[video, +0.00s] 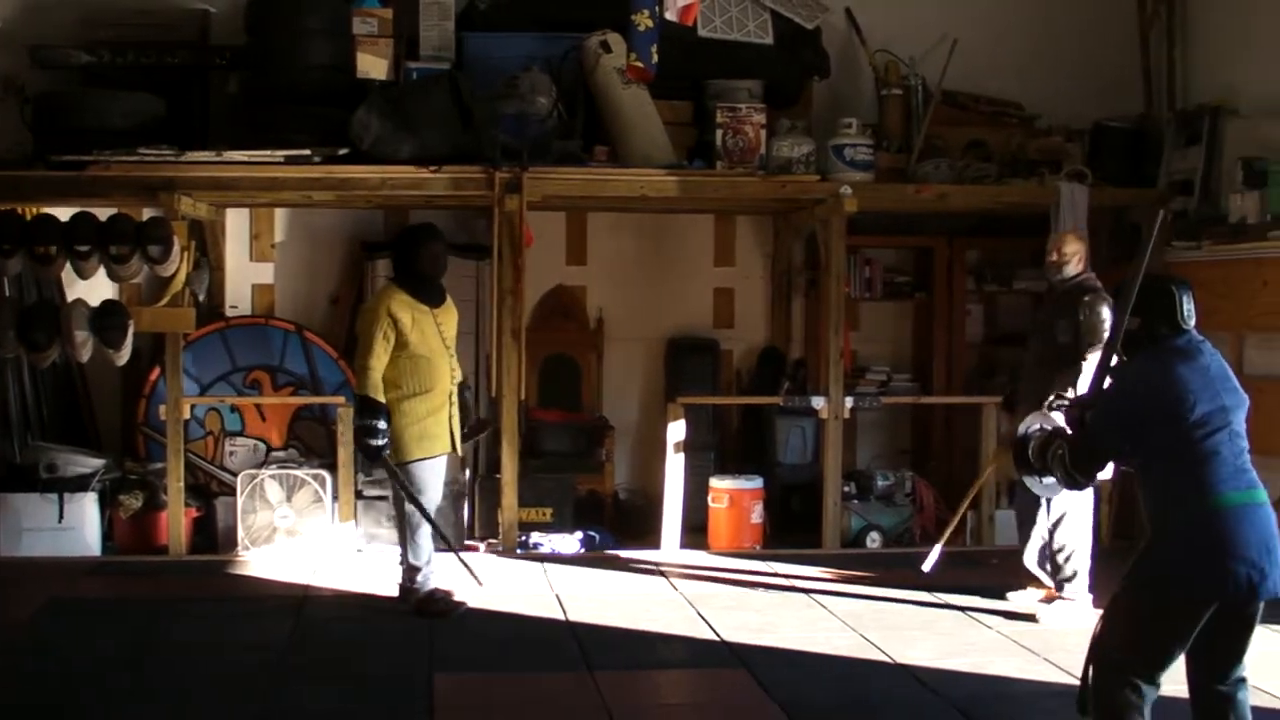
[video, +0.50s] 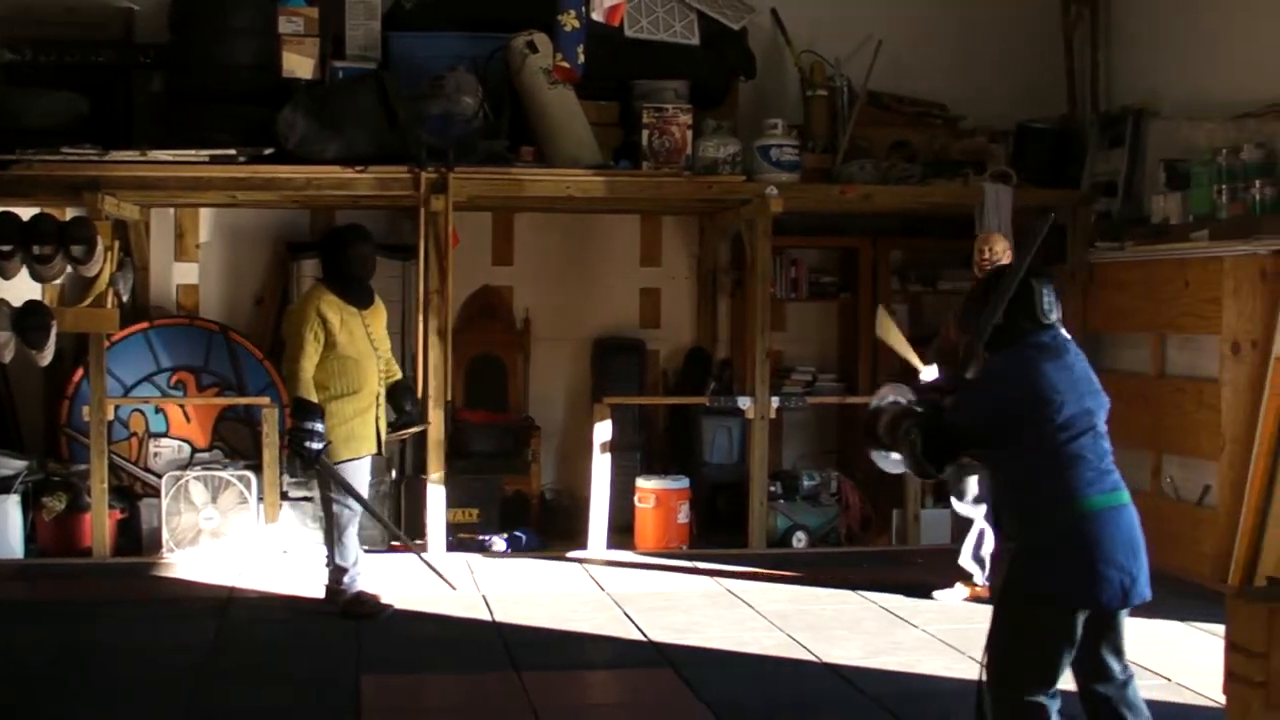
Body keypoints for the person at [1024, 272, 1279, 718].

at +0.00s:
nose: (1118, 327)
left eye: (1124, 316)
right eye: (1119, 316)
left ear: (1138, 320)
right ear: (1184, 317)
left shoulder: (1138, 376)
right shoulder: (1216, 365)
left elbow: (1079, 466)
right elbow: (1163, 438)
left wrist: (1043, 439)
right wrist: (1094, 410)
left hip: (1192, 544)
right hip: (1258, 540)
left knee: (1121, 671)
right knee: (1220, 676)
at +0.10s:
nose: (1102, 325)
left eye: (1106, 315)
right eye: (1103, 315)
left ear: (1117, 319)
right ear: (1166, 314)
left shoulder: (1123, 376)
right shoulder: (1196, 365)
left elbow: (1057, 461)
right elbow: (1147, 436)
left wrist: (1022, 429)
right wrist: (1080, 409)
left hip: (1172, 547)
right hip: (1235, 543)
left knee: (1106, 674)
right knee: (1202, 678)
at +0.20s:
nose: (1075, 320)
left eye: (1082, 310)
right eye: (1078, 310)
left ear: (1094, 317)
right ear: (1142, 315)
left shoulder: (1085, 378)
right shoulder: (1169, 365)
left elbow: (1029, 463)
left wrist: (1005, 421)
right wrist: (1051, 399)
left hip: (1146, 552)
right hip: (1208, 544)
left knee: (1088, 684)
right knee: (1183, 682)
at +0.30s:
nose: (1045, 322)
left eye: (1051, 312)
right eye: (1048, 312)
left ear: (1061, 316)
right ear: (1109, 314)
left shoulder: (1062, 376)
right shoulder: (1137, 366)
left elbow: (999, 457)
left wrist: (974, 422)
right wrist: (1011, 410)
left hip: (1114, 553)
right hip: (1178, 544)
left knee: (1060, 689)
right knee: (1162, 684)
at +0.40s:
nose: (1010, 327)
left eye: (1015, 316)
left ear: (1026, 320)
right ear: (1076, 312)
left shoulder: (1028, 377)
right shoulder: (1104, 363)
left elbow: (962, 456)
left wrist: (933, 419)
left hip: (1084, 551)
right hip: (1148, 544)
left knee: (1039, 687)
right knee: (1140, 682)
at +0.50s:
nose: (964, 338)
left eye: (972, 325)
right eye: (964, 326)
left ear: (995, 324)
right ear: (1041, 311)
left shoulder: (1003, 378)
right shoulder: (1072, 359)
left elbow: (931, 452)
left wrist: (895, 413)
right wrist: (951, 394)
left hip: (1055, 555)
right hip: (1118, 543)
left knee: (1017, 690)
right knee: (1108, 680)